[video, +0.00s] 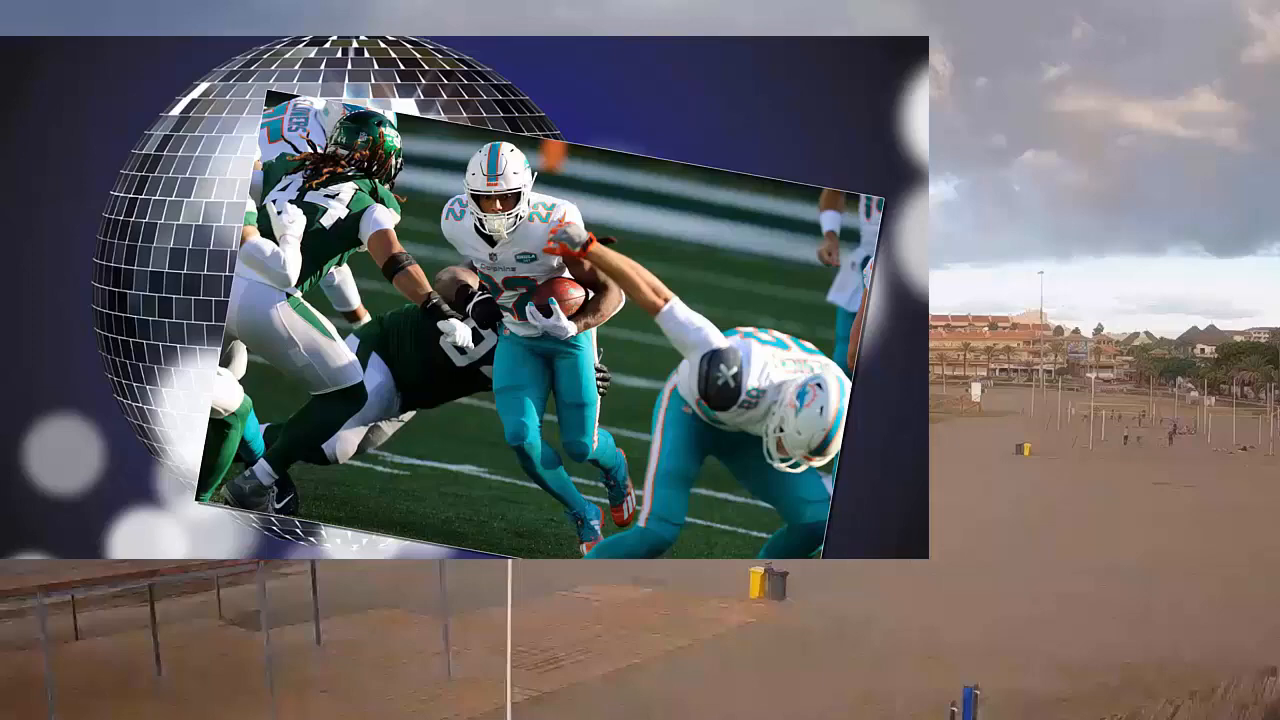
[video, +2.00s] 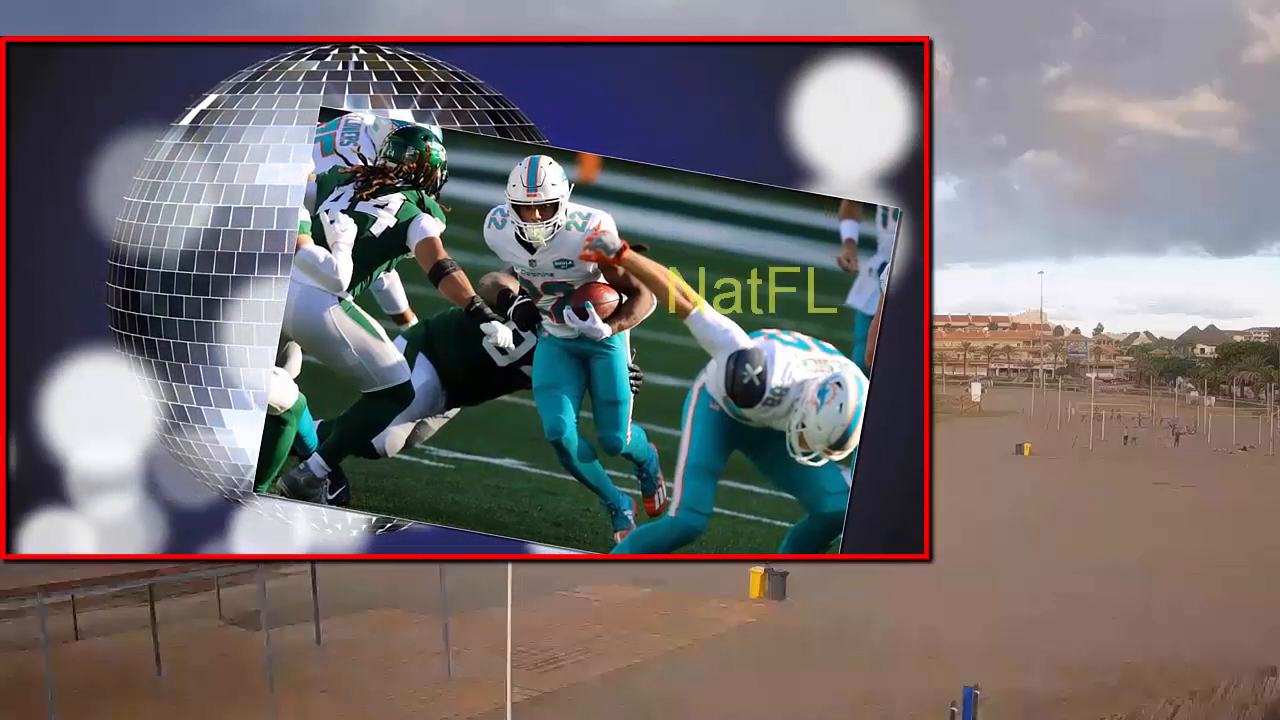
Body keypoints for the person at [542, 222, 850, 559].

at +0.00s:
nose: (793, 464)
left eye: (807, 460)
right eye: (788, 453)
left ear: (835, 435)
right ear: (777, 416)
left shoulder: (845, 416)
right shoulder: (733, 377)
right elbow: (657, 299)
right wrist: (588, 247)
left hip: (752, 429)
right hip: (692, 406)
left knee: (818, 519)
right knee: (658, 532)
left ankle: (754, 587)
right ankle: (573, 580)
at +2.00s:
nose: (813, 458)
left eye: (826, 454)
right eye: (809, 447)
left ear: (853, 432)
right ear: (799, 413)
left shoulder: (863, 413)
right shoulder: (757, 374)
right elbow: (684, 300)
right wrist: (622, 255)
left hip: (775, 425)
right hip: (720, 403)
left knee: (836, 510)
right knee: (689, 521)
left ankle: (775, 580)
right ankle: (607, 571)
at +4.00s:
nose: (834, 451)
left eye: (847, 448)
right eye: (830, 438)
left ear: (872, 427)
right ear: (823, 408)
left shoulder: (884, 413)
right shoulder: (778, 370)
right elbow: (714, 305)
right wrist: (657, 262)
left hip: (799, 422)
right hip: (746, 399)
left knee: (856, 498)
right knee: (719, 510)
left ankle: (795, 574)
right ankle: (638, 563)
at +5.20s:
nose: (845, 446)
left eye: (855, 442)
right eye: (843, 438)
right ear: (839, 408)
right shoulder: (799, 377)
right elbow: (733, 307)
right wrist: (675, 264)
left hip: (812, 418)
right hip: (762, 397)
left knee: (860, 497)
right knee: (735, 504)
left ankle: (805, 564)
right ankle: (660, 551)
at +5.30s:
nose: (781, 407)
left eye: (789, 405)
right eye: (777, 401)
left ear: (818, 395)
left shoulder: (842, 398)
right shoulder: (779, 351)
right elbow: (730, 304)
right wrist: (677, 264)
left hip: (811, 420)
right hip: (762, 397)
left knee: (851, 497)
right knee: (737, 504)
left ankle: (805, 562)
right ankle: (664, 548)